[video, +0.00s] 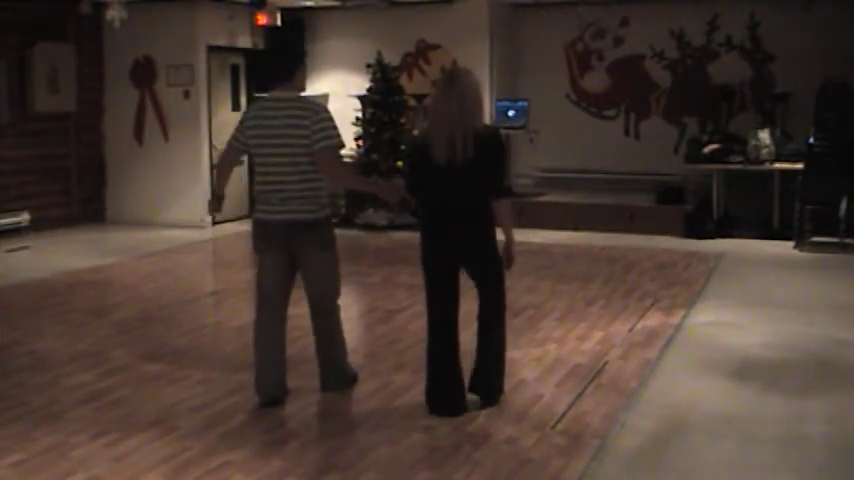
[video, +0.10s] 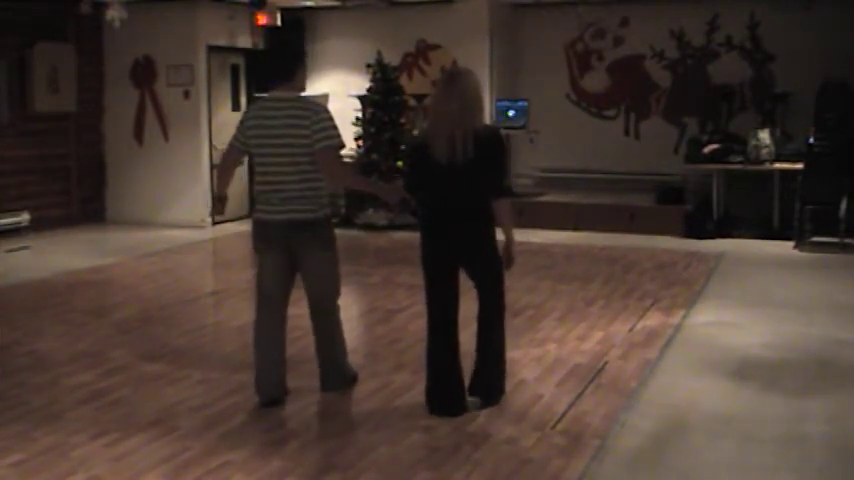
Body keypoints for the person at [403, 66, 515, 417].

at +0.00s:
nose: (477, 103)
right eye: (476, 97)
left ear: (437, 101)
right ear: (476, 101)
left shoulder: (422, 144)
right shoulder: (487, 140)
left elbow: (415, 195)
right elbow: (498, 196)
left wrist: (431, 221)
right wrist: (509, 238)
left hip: (436, 242)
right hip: (476, 240)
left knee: (441, 316)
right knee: (492, 299)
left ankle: (443, 397)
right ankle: (487, 384)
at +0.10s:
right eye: (475, 96)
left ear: (438, 101)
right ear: (477, 101)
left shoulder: (423, 144)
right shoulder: (488, 140)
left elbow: (414, 194)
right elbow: (498, 196)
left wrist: (431, 220)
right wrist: (509, 238)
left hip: (436, 242)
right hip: (476, 240)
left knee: (441, 316)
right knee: (492, 302)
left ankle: (444, 397)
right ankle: (487, 386)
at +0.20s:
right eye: (475, 97)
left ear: (437, 103)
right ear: (477, 101)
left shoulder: (423, 145)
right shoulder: (488, 140)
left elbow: (413, 195)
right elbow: (500, 196)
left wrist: (430, 220)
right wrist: (508, 235)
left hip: (436, 244)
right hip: (477, 242)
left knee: (440, 319)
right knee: (488, 315)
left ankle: (442, 396)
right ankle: (485, 390)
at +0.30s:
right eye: (476, 97)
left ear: (439, 102)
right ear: (477, 101)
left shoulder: (425, 143)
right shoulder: (489, 139)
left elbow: (412, 192)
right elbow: (502, 193)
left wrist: (430, 217)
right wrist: (510, 230)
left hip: (436, 242)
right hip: (477, 240)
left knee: (440, 317)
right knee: (491, 310)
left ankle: (443, 397)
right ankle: (486, 386)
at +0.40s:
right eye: (476, 96)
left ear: (439, 101)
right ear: (477, 100)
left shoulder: (425, 142)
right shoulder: (489, 138)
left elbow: (409, 191)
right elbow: (504, 193)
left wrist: (428, 214)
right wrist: (511, 226)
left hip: (437, 241)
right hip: (478, 240)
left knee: (442, 318)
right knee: (499, 294)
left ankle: (444, 397)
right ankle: (491, 373)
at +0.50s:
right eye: (477, 95)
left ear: (439, 100)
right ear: (478, 99)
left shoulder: (426, 141)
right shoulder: (489, 138)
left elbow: (412, 191)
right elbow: (505, 192)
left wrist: (428, 215)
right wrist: (511, 223)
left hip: (439, 239)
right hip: (479, 238)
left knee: (442, 317)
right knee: (499, 296)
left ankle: (445, 397)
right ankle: (493, 376)